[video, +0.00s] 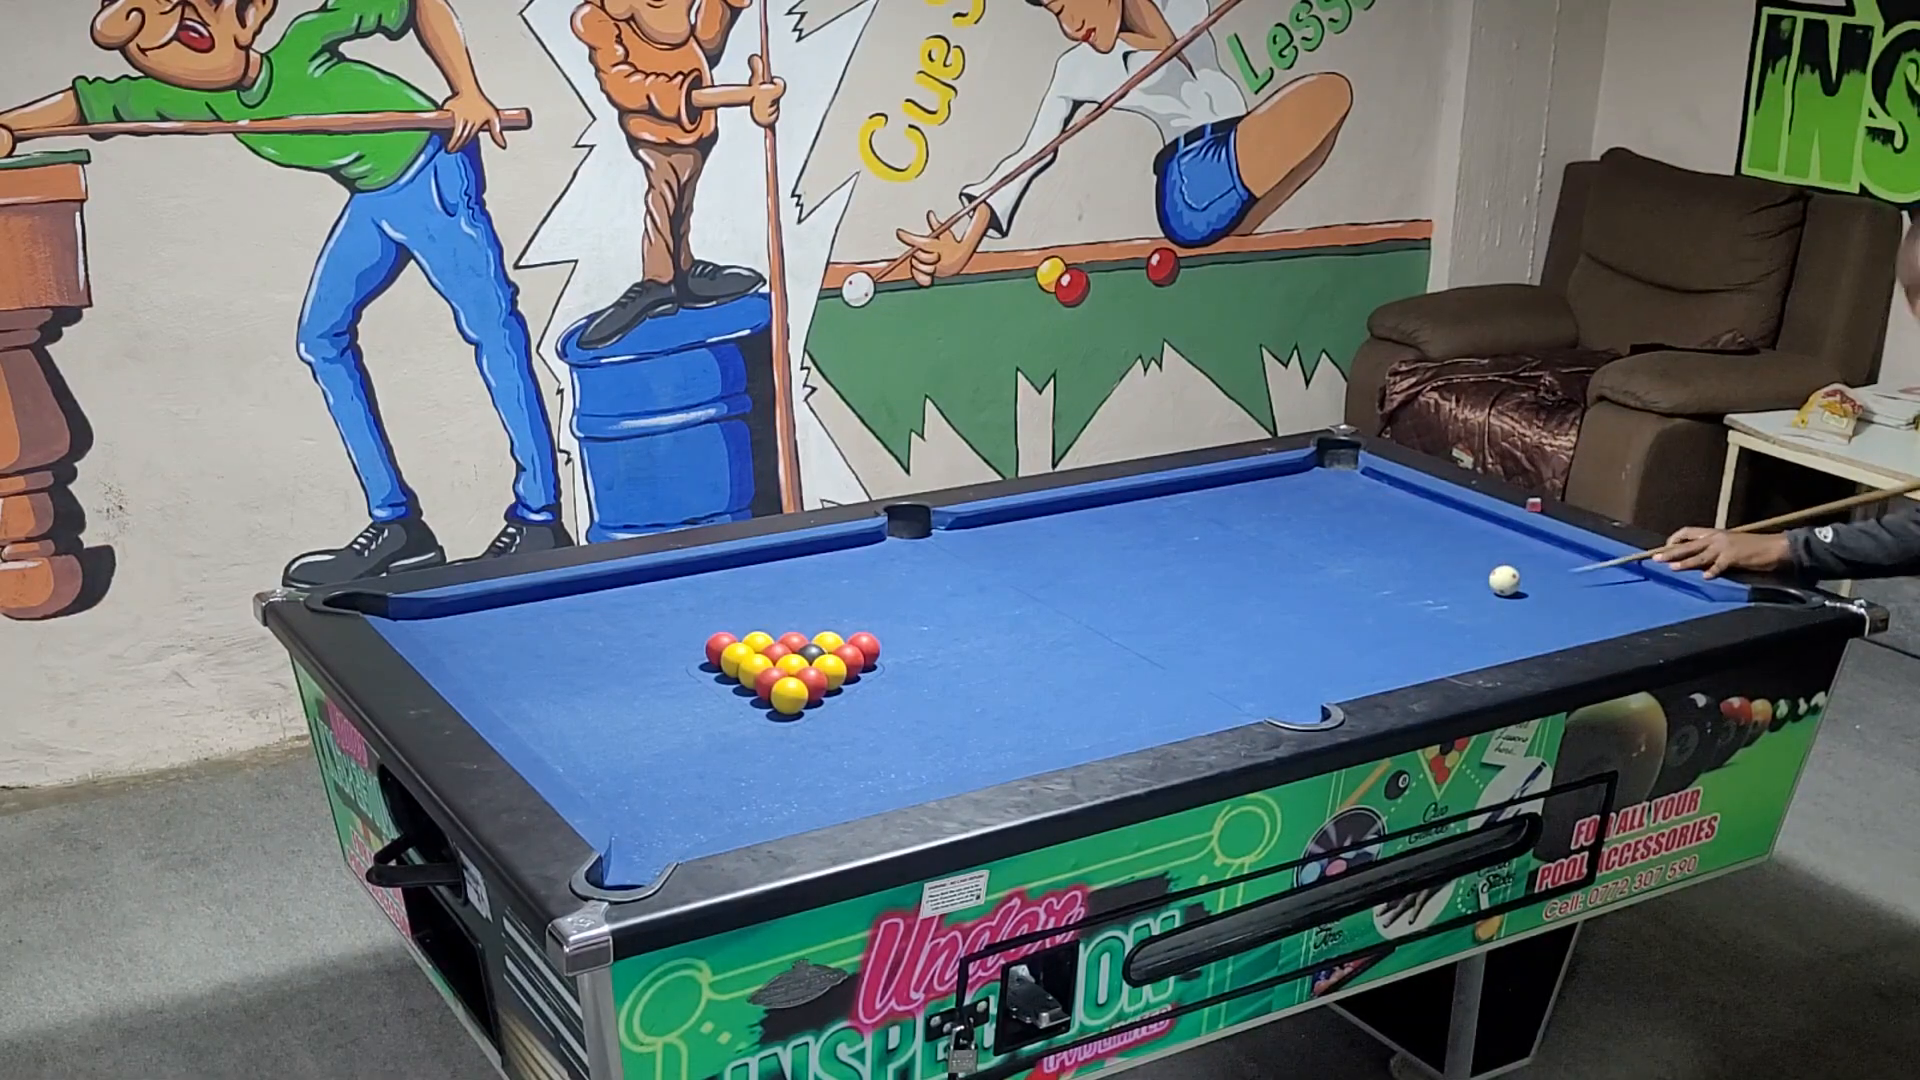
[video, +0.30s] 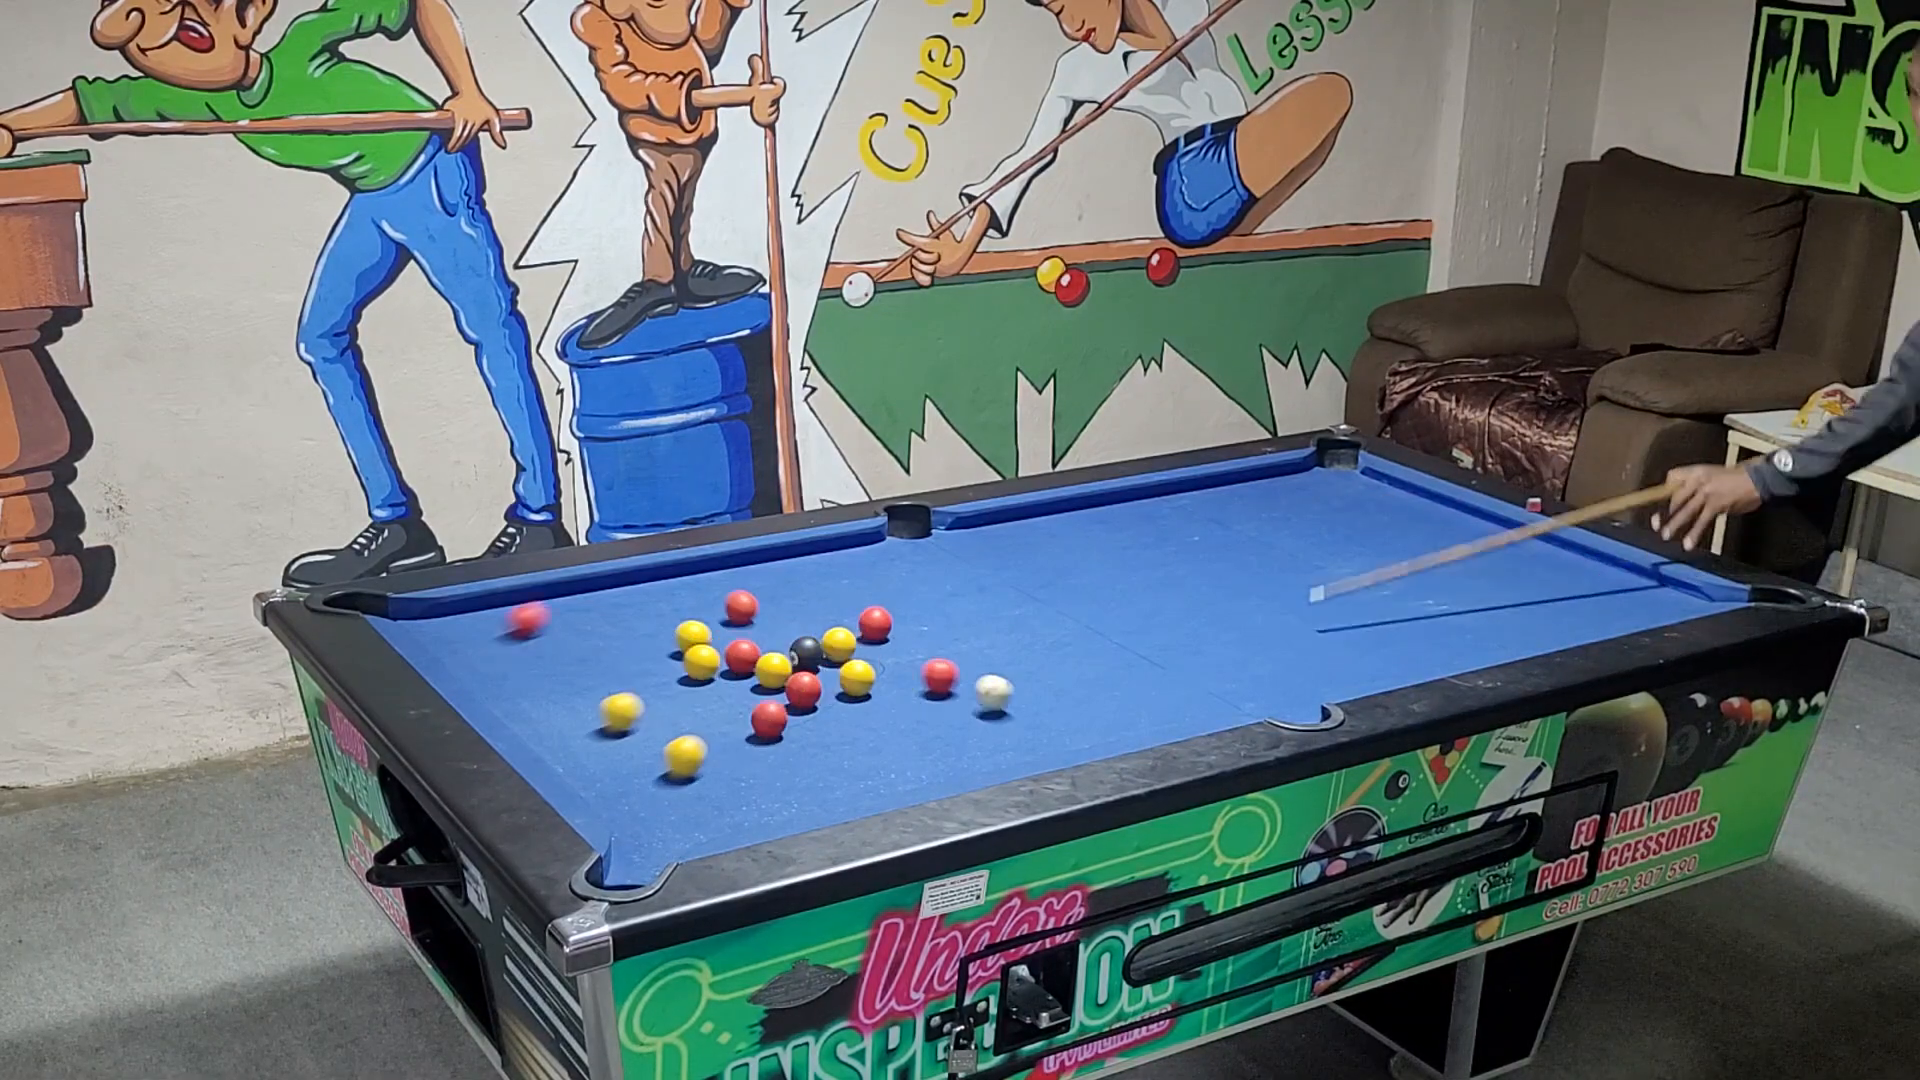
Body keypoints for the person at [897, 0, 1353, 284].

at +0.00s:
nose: (1070, 24)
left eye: (1071, 5)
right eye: (1057, 15)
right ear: (1055, 18)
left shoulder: (1175, 10)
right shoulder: (1076, 69)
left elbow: (1196, 57)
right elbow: (1029, 156)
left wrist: (1139, 12)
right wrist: (963, 244)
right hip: (1192, 182)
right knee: (1331, 92)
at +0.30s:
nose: (1070, 24)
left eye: (1071, 5)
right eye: (1056, 15)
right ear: (1055, 18)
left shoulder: (1175, 11)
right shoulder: (1076, 69)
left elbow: (1196, 58)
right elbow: (1029, 156)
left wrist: (1139, 12)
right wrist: (963, 244)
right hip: (1191, 183)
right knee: (1330, 91)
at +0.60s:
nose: (1069, 23)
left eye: (1071, 4)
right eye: (1056, 15)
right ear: (1055, 18)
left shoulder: (1173, 10)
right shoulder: (1075, 69)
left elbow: (1196, 56)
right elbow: (1028, 156)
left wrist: (1142, 16)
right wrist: (964, 245)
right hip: (1193, 175)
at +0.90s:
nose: (1069, 23)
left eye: (1071, 4)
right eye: (1056, 15)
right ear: (1055, 18)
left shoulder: (1173, 10)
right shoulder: (1075, 69)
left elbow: (1197, 56)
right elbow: (1028, 156)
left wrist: (1142, 16)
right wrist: (964, 245)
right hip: (1193, 174)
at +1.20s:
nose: (1069, 23)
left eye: (1070, 5)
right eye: (1056, 15)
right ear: (1055, 18)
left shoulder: (1176, 10)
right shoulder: (1076, 68)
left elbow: (1197, 59)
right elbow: (1028, 156)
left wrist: (1140, 13)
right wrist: (964, 245)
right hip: (1191, 183)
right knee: (1330, 92)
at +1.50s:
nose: (1070, 25)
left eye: (1070, 6)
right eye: (1057, 16)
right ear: (1056, 18)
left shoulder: (1177, 10)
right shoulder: (1077, 68)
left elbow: (1199, 60)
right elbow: (1028, 157)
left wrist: (1140, 14)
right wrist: (964, 246)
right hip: (1190, 185)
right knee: (1330, 91)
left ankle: (1239, 232)